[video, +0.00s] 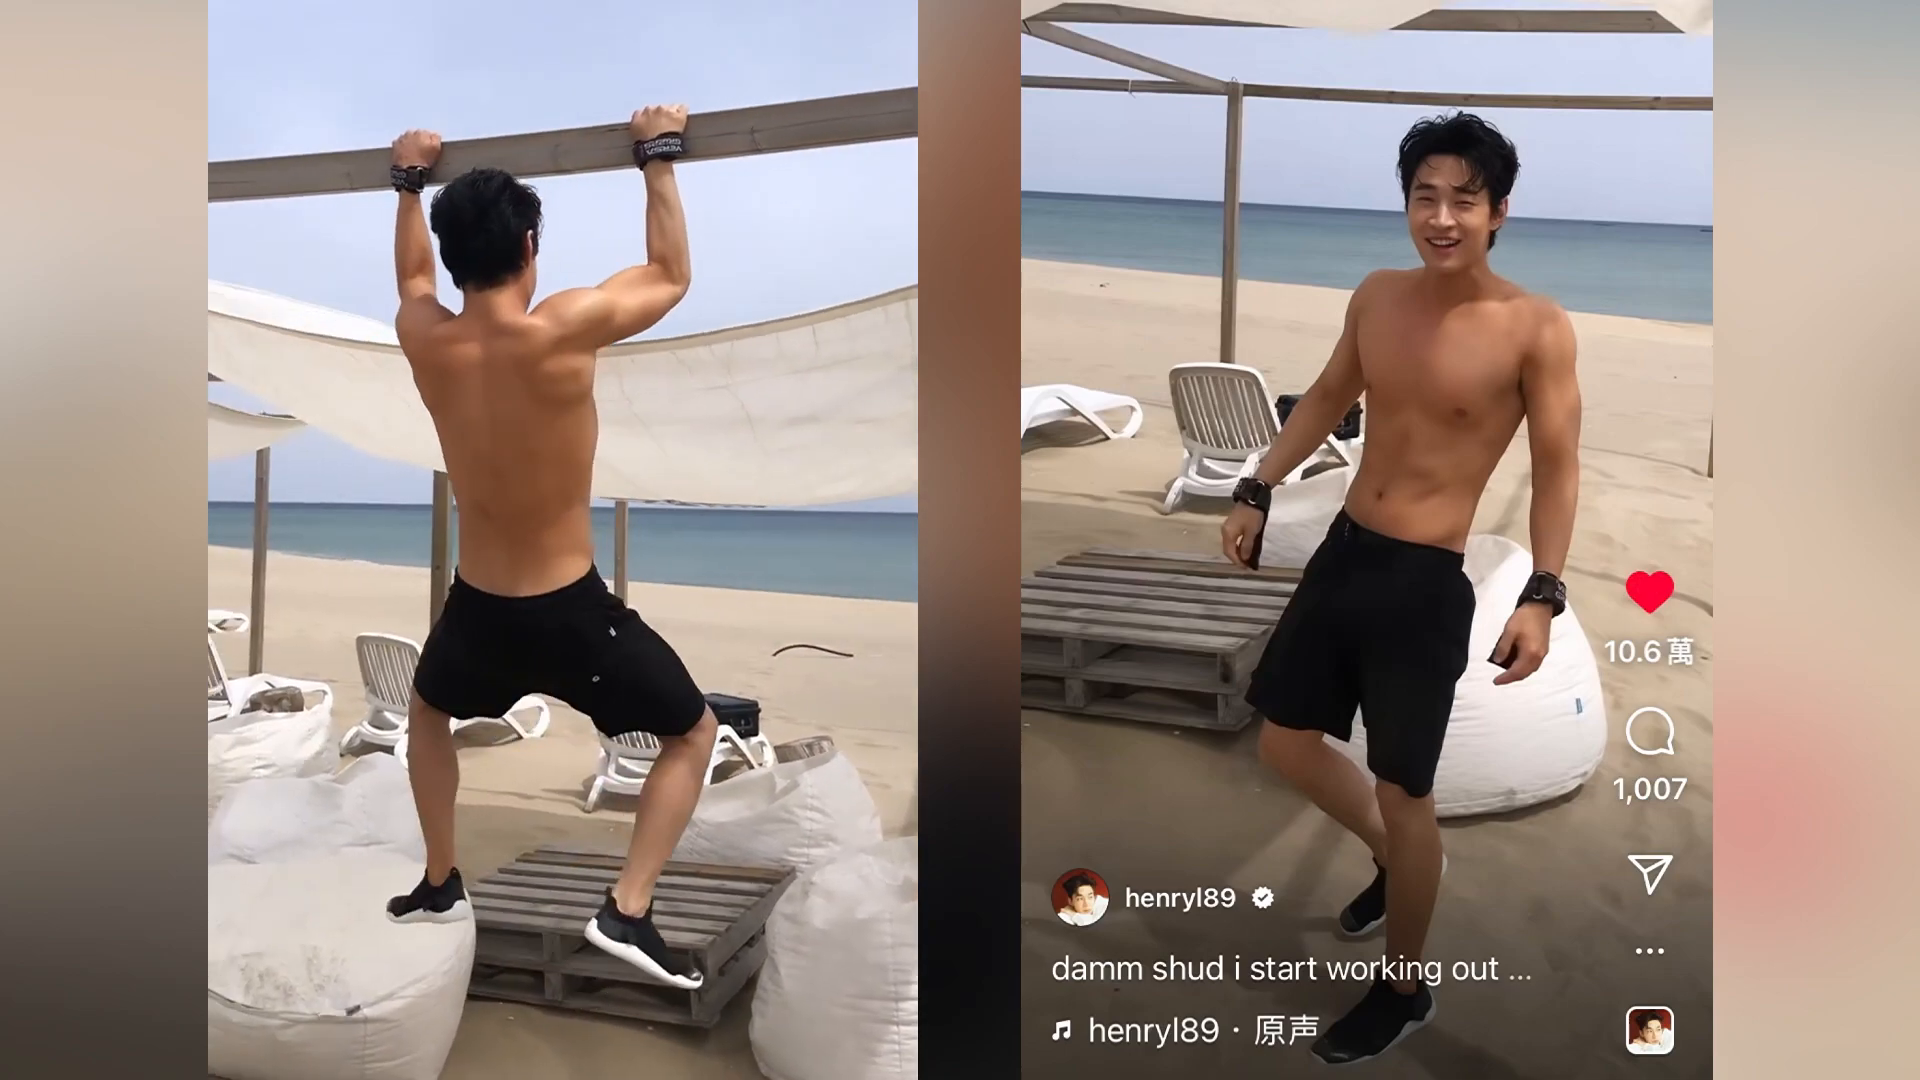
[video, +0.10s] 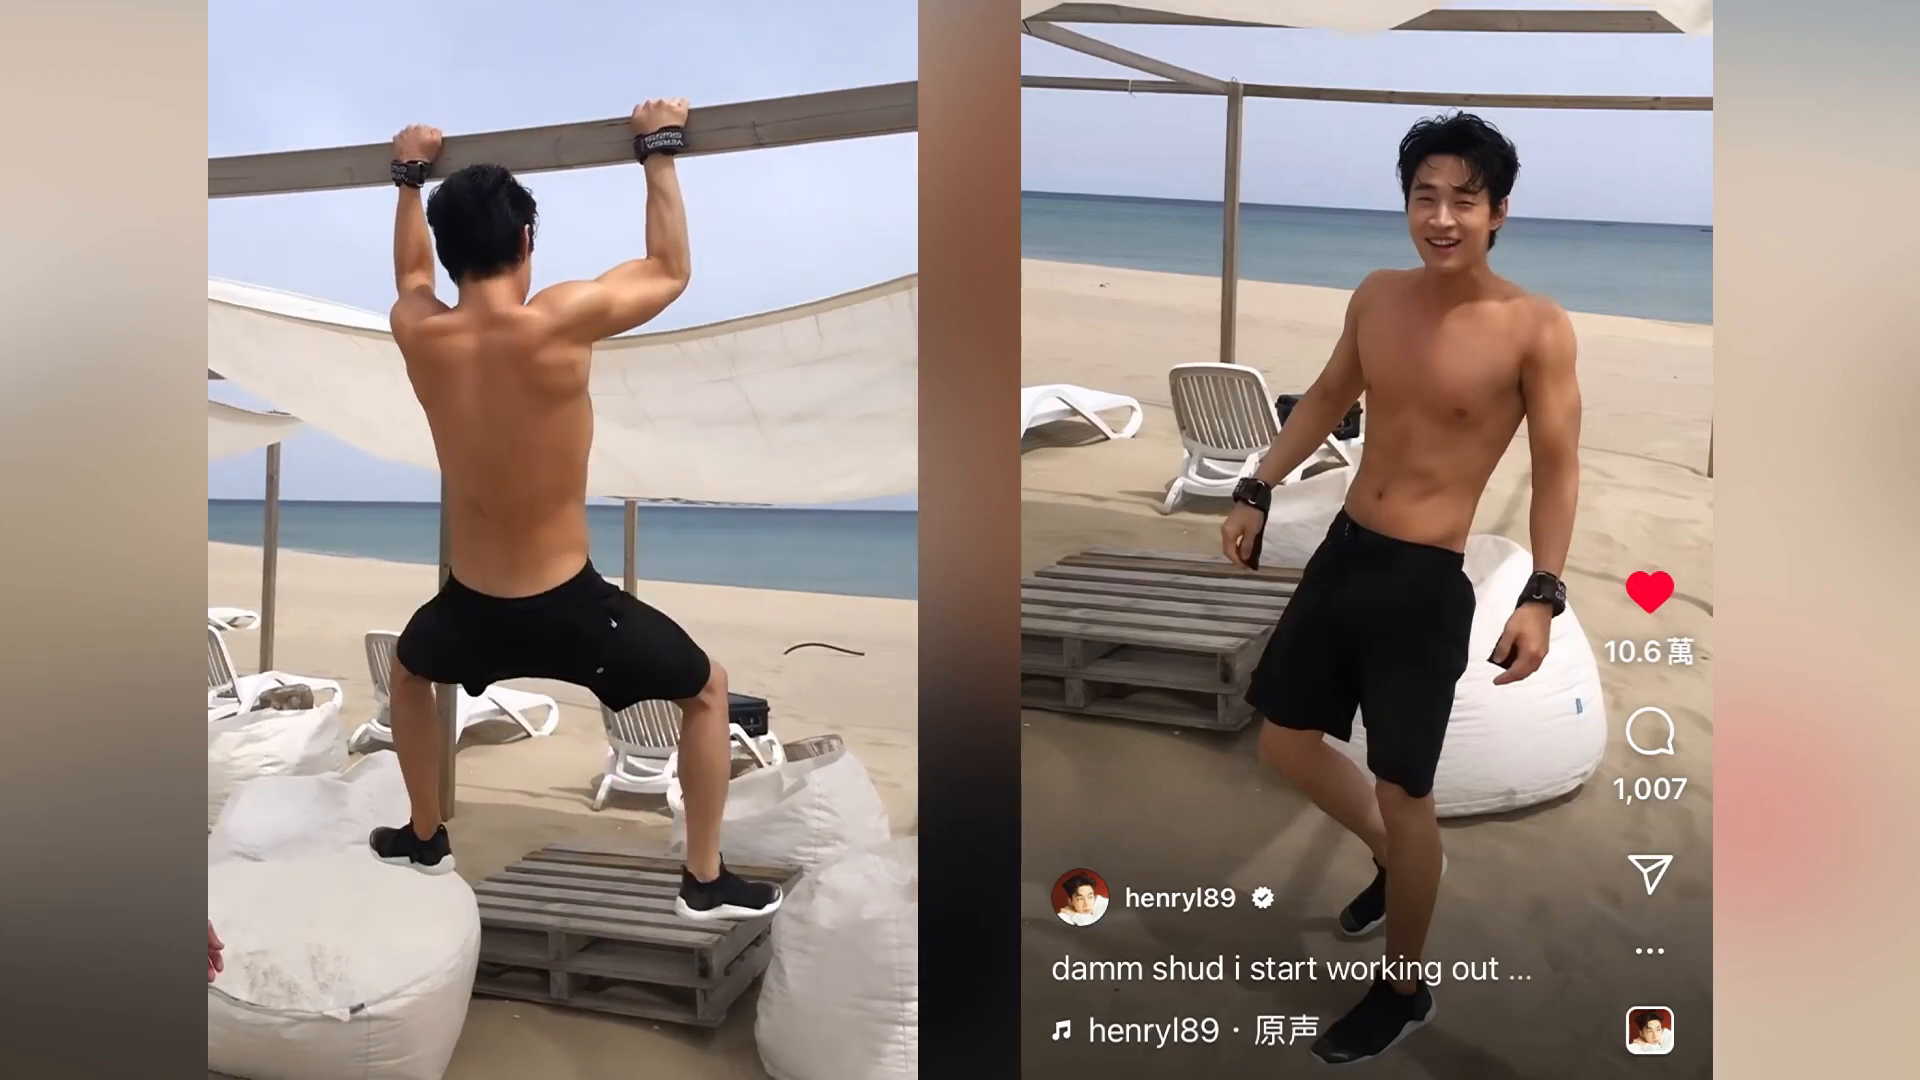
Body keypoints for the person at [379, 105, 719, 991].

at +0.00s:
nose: (540, 246)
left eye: (531, 233)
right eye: (537, 233)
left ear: (452, 254)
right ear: (529, 246)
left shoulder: (429, 339)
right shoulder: (569, 325)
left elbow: (416, 273)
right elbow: (668, 273)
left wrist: (407, 183)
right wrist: (659, 157)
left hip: (475, 614)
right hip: (573, 613)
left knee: (429, 712)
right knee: (691, 734)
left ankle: (439, 878)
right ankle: (629, 911)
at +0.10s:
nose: (536, 240)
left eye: (526, 230)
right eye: (533, 230)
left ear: (445, 253)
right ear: (526, 240)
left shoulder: (421, 334)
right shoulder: (566, 319)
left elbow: (412, 271)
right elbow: (668, 269)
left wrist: (408, 183)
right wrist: (661, 152)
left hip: (469, 614)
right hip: (569, 611)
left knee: (410, 669)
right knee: (705, 686)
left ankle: (425, 834)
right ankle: (704, 876)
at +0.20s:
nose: (531, 227)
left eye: (528, 219)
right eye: (531, 217)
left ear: (440, 237)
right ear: (521, 224)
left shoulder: (411, 316)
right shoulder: (558, 299)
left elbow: (409, 260)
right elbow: (670, 260)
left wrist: (406, 171)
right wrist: (662, 142)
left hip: (467, 605)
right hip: (569, 598)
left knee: (393, 653)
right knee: (705, 658)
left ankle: (402, 788)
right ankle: (764, 809)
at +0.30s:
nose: (524, 214)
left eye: (518, 205)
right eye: (523, 203)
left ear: (433, 213)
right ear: (513, 205)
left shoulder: (395, 291)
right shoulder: (549, 273)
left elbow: (398, 245)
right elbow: (669, 247)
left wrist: (400, 156)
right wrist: (659, 128)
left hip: (466, 572)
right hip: (571, 561)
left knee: (404, 658)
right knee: (692, 650)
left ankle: (373, 778)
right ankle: (779, 771)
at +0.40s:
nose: (512, 190)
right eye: (512, 175)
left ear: (420, 186)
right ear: (500, 178)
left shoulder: (381, 269)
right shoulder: (540, 245)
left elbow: (385, 227)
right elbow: (670, 230)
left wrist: (396, 135)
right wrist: (657, 111)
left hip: (465, 544)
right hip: (571, 530)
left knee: (414, 671)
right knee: (672, 648)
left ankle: (376, 817)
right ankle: (747, 787)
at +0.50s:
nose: (502, 180)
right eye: (498, 168)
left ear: (404, 188)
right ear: (491, 174)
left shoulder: (380, 270)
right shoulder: (540, 239)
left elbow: (358, 217)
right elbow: (677, 201)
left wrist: (385, 123)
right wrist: (668, 86)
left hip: (462, 541)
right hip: (568, 531)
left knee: (420, 703)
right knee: (641, 664)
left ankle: (392, 875)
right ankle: (703, 836)